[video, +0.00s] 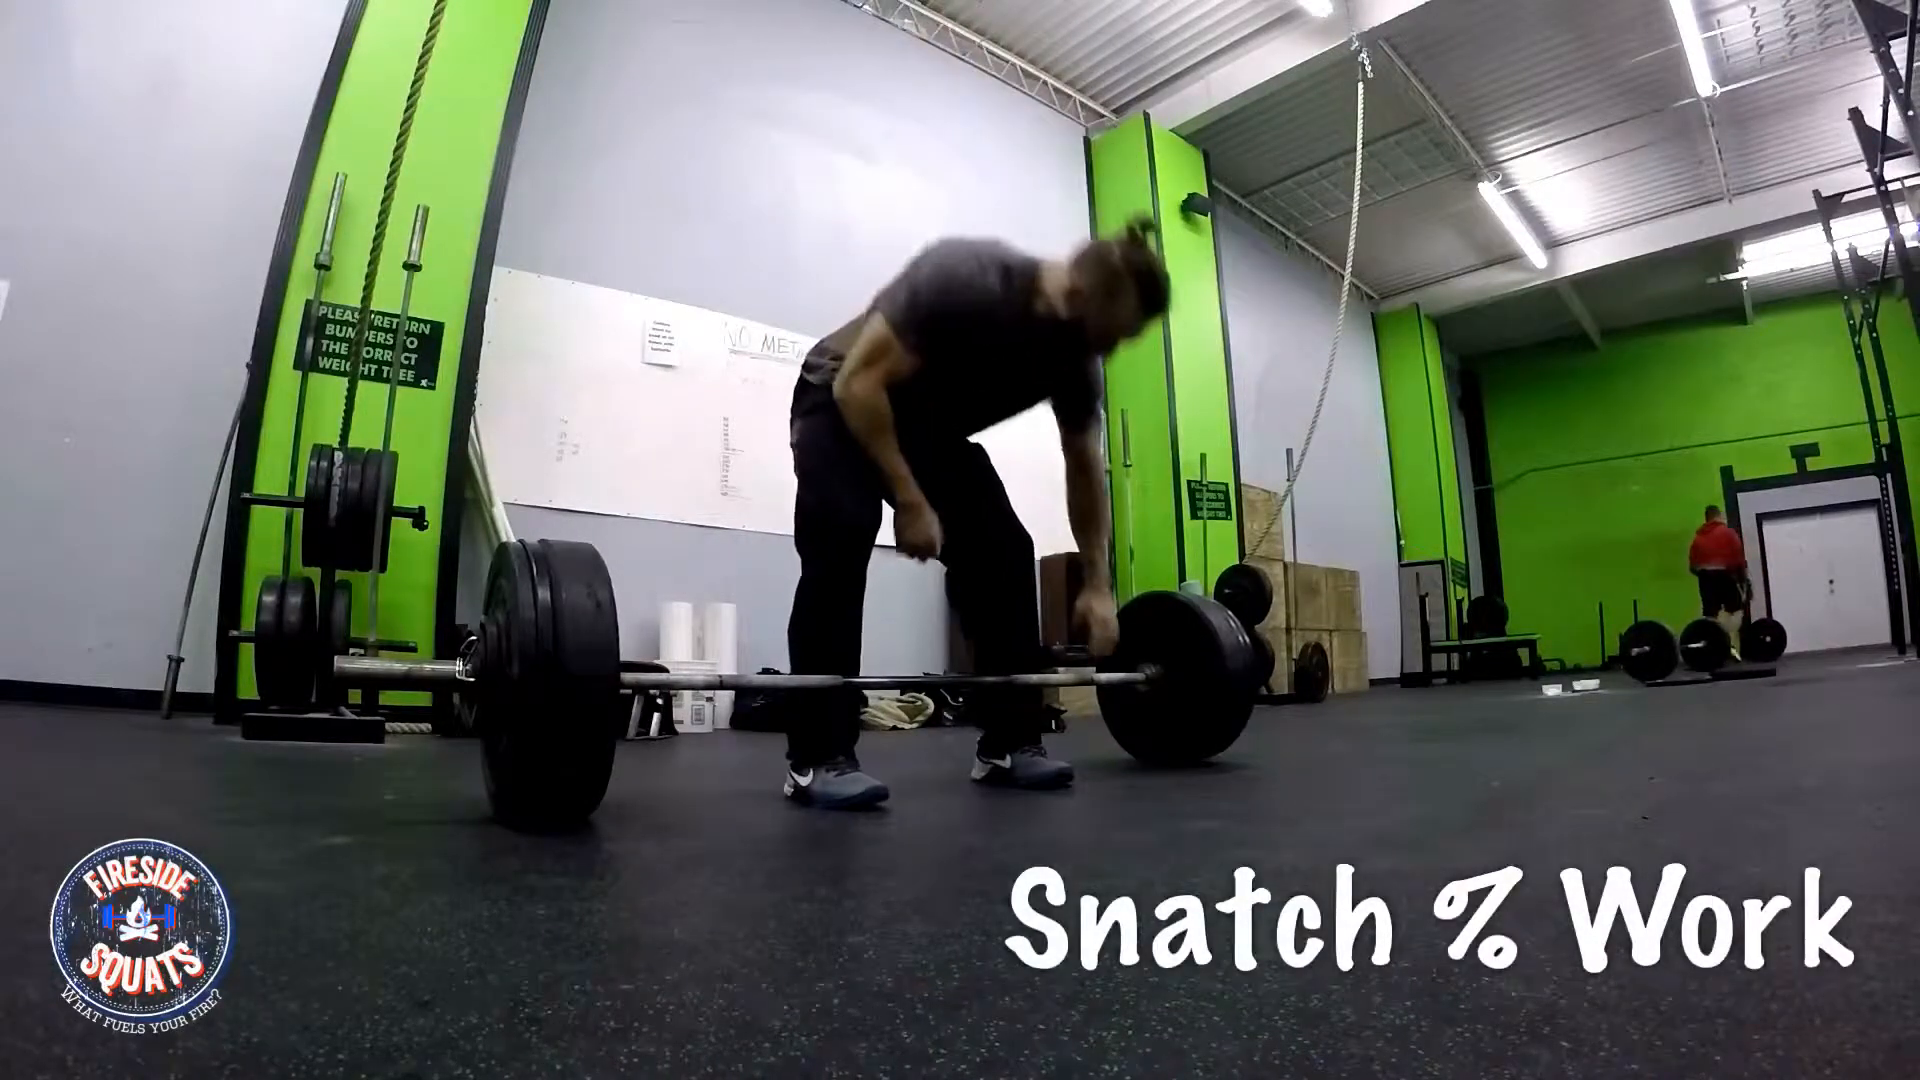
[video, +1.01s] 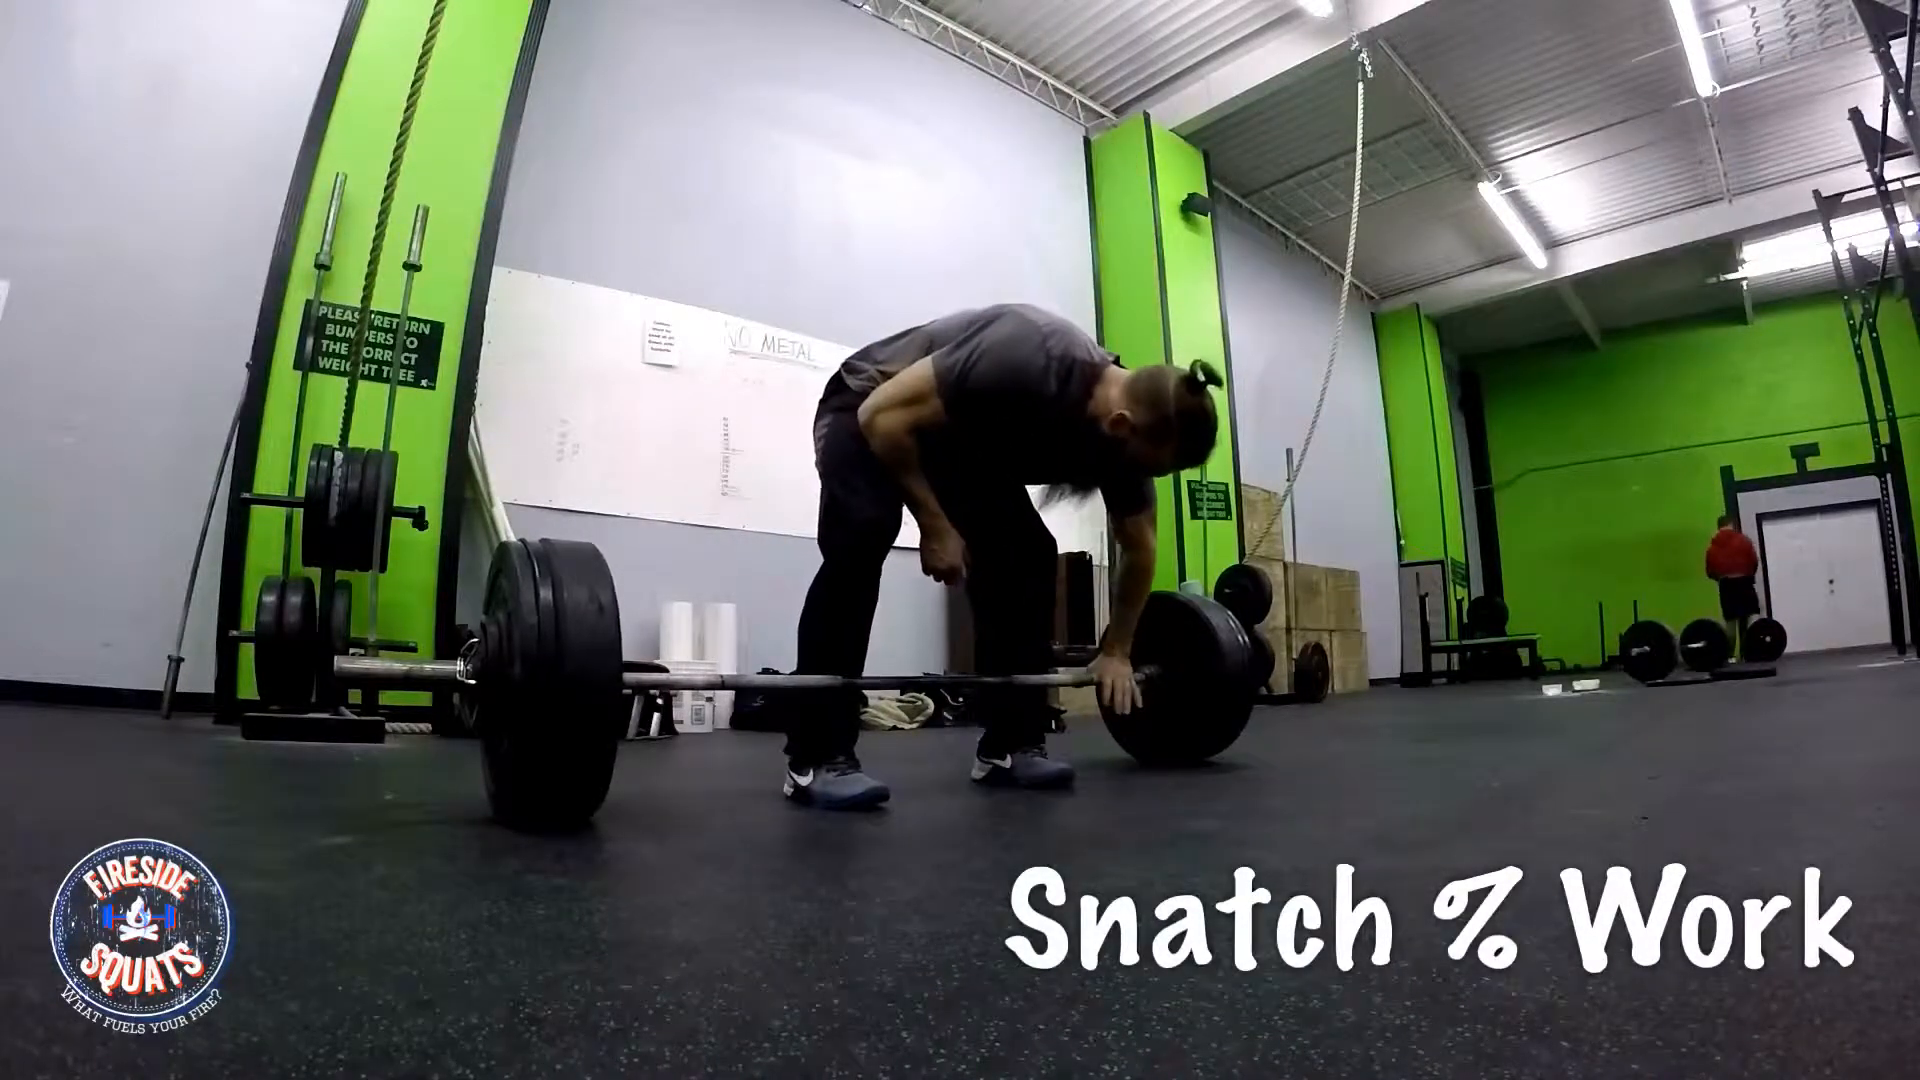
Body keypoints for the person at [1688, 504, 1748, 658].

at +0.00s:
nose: (1723, 518)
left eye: (1721, 516)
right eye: (1722, 516)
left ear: (1706, 518)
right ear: (1720, 516)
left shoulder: (1700, 535)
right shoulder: (1728, 533)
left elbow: (1693, 561)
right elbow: (1738, 557)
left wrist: (1700, 571)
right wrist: (1742, 577)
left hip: (1705, 574)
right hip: (1725, 573)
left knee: (1710, 612)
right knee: (1735, 609)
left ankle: (1712, 647)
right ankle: (1731, 646)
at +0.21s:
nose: (1720, 519)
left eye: (1714, 518)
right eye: (1721, 517)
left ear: (1709, 519)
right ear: (1722, 517)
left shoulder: (1704, 537)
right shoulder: (1731, 534)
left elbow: (1700, 559)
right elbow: (1742, 556)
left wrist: (1703, 572)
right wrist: (1748, 575)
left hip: (1712, 578)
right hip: (1732, 577)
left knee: (1714, 616)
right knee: (1739, 616)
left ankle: (1715, 653)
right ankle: (1745, 651)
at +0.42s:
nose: (1728, 519)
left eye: (1725, 517)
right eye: (1730, 516)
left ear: (1718, 517)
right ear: (1731, 516)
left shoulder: (1710, 538)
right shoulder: (1741, 536)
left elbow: (1707, 559)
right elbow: (1751, 557)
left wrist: (1713, 570)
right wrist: (1747, 573)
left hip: (1719, 578)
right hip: (1740, 578)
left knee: (1720, 617)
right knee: (1745, 616)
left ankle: (1720, 654)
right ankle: (1746, 652)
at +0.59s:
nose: (1730, 520)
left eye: (1727, 517)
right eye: (1732, 516)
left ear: (1721, 517)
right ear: (1735, 515)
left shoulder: (1715, 536)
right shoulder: (1745, 534)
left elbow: (1709, 561)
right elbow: (1755, 554)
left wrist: (1721, 570)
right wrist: (1747, 569)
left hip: (1724, 579)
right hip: (1742, 578)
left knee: (1724, 618)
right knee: (1745, 616)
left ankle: (1722, 655)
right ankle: (1746, 653)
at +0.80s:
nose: (1732, 526)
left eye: (1730, 523)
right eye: (1734, 522)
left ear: (1721, 524)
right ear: (1735, 522)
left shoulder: (1715, 543)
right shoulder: (1744, 539)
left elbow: (1709, 567)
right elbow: (1755, 560)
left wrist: (1722, 575)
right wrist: (1747, 572)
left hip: (1726, 581)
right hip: (1743, 580)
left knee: (1729, 621)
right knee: (1745, 617)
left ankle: (1729, 656)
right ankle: (1746, 654)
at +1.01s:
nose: (1730, 528)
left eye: (1728, 525)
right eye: (1731, 524)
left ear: (1718, 527)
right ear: (1732, 525)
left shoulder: (1714, 544)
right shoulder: (1743, 540)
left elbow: (1710, 569)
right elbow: (1754, 561)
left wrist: (1720, 577)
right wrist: (1750, 574)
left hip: (1726, 582)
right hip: (1744, 581)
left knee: (1730, 621)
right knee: (1744, 620)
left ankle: (1729, 656)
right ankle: (1746, 655)